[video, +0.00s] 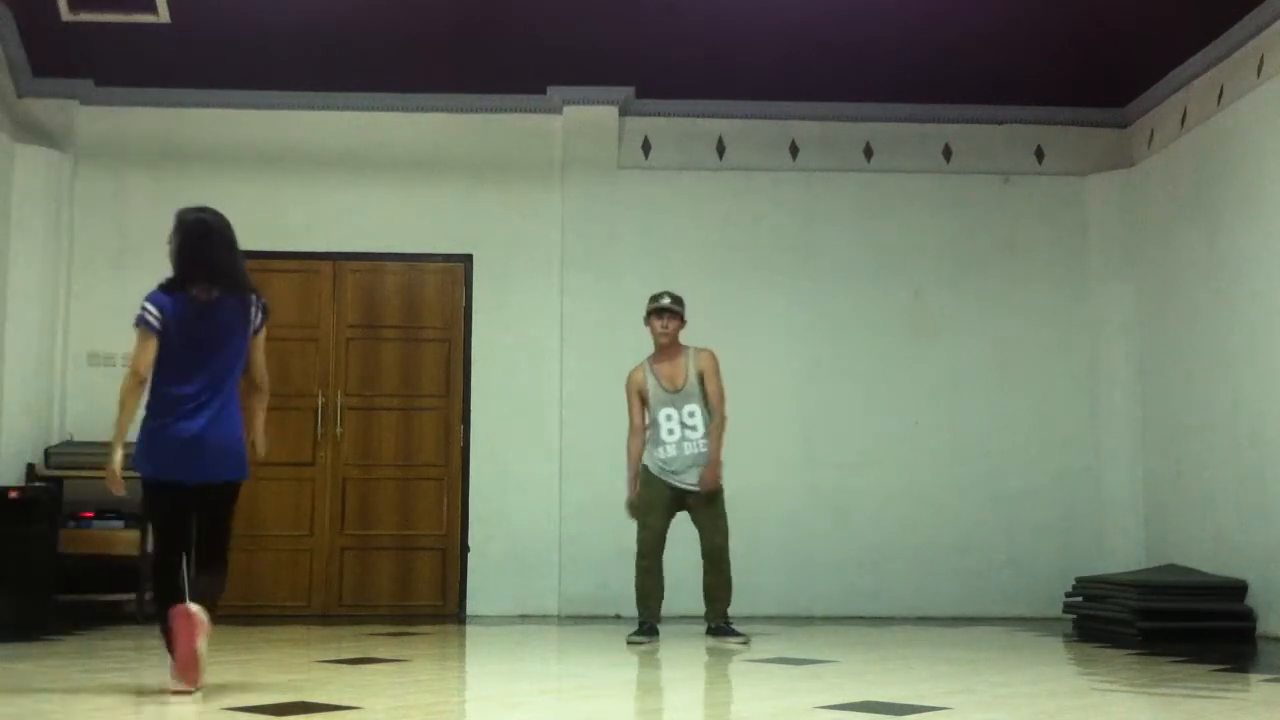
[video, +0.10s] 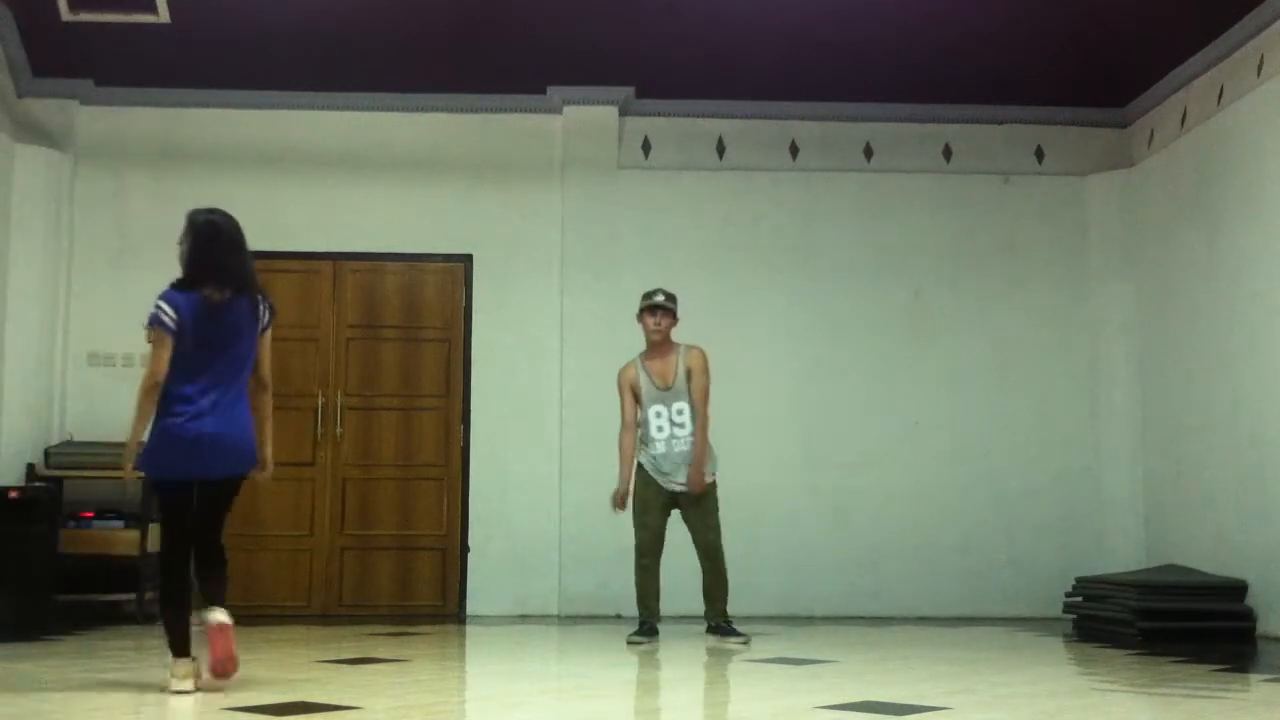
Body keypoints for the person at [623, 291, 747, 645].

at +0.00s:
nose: (664, 322)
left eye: (672, 316)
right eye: (658, 316)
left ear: (682, 322)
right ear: (648, 323)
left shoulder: (703, 360)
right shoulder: (638, 377)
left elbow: (718, 415)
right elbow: (637, 431)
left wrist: (713, 464)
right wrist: (633, 483)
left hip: (701, 476)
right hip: (656, 478)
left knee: (717, 549)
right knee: (648, 551)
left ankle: (718, 621)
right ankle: (647, 623)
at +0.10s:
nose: (657, 320)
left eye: (665, 314)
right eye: (651, 313)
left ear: (674, 320)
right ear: (641, 319)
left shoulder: (693, 358)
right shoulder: (630, 373)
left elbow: (701, 416)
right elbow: (628, 430)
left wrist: (697, 467)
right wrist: (624, 483)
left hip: (694, 475)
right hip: (650, 477)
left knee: (711, 551)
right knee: (646, 552)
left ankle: (718, 620)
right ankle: (648, 622)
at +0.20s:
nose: (652, 315)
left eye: (659, 310)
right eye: (646, 309)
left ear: (669, 317)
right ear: (635, 315)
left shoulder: (687, 355)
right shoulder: (623, 368)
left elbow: (693, 412)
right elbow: (625, 417)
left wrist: (685, 464)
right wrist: (626, 463)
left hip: (690, 468)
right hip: (646, 471)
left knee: (703, 543)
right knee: (647, 548)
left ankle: (713, 611)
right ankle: (647, 620)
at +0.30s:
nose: (650, 320)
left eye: (656, 314)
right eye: (643, 313)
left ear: (666, 320)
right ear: (632, 319)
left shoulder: (684, 358)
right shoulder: (619, 371)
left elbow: (689, 415)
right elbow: (623, 416)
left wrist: (678, 464)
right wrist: (634, 439)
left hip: (684, 464)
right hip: (643, 469)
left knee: (692, 534)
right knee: (643, 546)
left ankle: (696, 584)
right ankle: (648, 620)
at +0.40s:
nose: (651, 318)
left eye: (658, 312)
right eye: (644, 311)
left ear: (666, 318)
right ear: (633, 316)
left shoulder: (682, 357)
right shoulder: (618, 367)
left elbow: (686, 416)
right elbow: (624, 415)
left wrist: (673, 465)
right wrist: (651, 417)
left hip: (679, 462)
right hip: (638, 466)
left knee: (679, 531)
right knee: (641, 546)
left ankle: (681, 572)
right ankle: (648, 621)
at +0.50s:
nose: (653, 315)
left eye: (660, 309)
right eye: (647, 308)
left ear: (668, 316)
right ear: (636, 313)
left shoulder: (684, 356)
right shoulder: (618, 358)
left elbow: (685, 411)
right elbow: (624, 408)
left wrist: (666, 459)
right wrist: (669, 401)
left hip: (676, 456)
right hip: (635, 459)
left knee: (671, 526)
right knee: (640, 541)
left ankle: (666, 549)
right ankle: (648, 621)